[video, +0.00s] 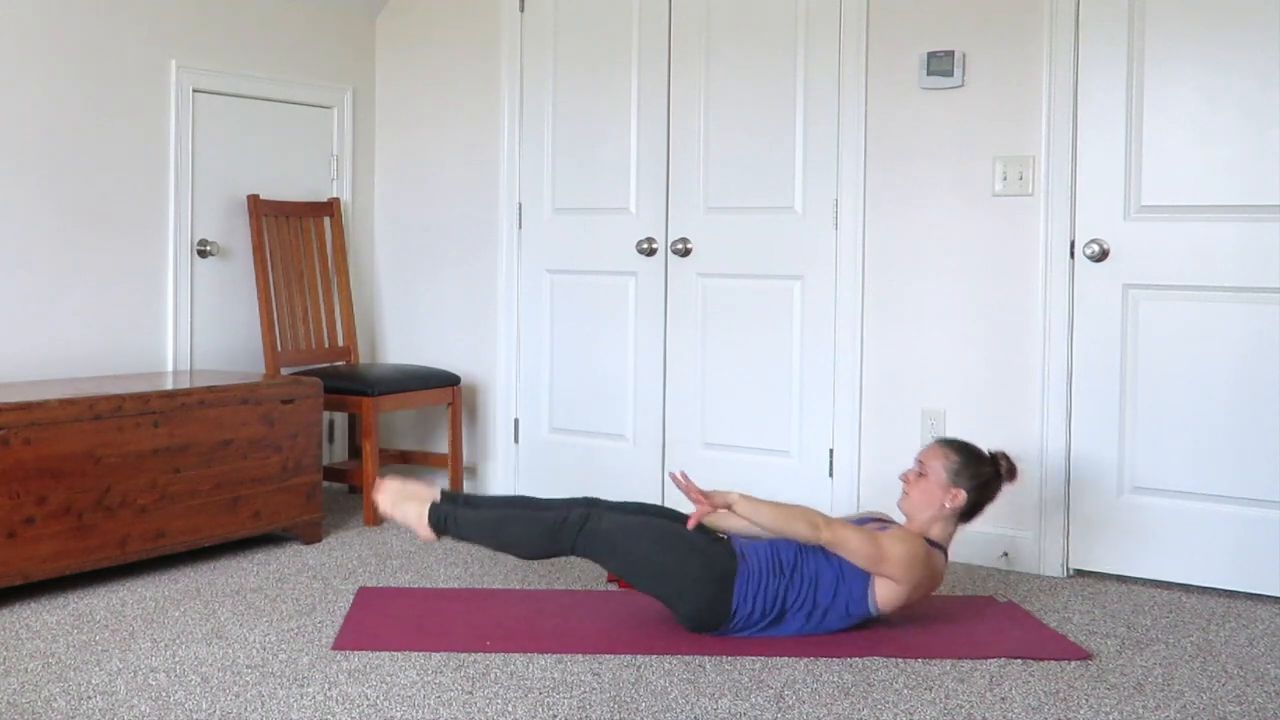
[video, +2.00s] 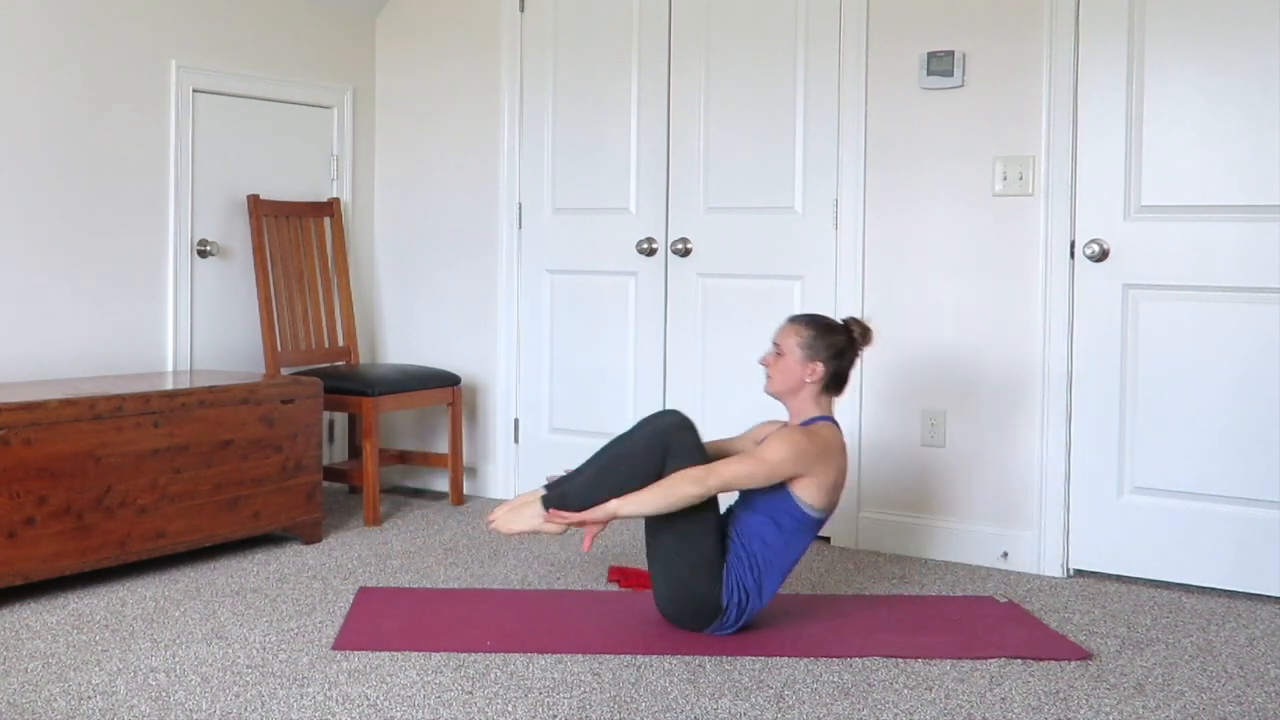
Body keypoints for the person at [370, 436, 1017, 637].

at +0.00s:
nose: (906, 478)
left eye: (923, 475)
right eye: (915, 467)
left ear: (955, 503)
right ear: (935, 493)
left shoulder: (913, 557)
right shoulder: (897, 536)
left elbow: (814, 528)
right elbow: (808, 538)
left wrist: (731, 505)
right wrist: (732, 509)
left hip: (729, 585)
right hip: (727, 565)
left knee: (584, 522)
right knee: (584, 512)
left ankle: (434, 513)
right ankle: (436, 506)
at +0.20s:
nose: (853, 416)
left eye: (867, 410)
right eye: (860, 406)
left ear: (901, 431)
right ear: (890, 427)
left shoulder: (878, 496)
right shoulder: (861, 479)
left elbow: (778, 493)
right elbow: (772, 490)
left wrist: (679, 490)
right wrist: (678, 487)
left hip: (719, 596)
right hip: (720, 572)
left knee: (601, 469)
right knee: (606, 465)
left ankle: (474, 544)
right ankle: (478, 533)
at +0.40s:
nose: (787, 369)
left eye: (800, 363)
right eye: (793, 359)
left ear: (833, 382)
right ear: (831, 384)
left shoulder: (825, 456)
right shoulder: (801, 439)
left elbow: (725, 484)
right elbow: (720, 465)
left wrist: (629, 503)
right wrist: (628, 497)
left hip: (714, 599)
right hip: (709, 579)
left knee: (658, 433)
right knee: (655, 429)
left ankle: (537, 512)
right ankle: (538, 503)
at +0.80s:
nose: (850, 406)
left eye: (864, 402)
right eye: (858, 396)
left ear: (896, 427)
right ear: (883, 421)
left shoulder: (869, 494)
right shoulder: (843, 472)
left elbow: (765, 507)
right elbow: (744, 483)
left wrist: (668, 510)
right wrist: (659, 495)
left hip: (720, 595)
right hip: (720, 570)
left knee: (606, 461)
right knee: (607, 458)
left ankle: (472, 517)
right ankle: (473, 510)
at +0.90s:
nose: (885, 445)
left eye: (902, 442)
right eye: (894, 435)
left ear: (932, 471)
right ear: (909, 455)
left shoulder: (896, 526)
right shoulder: (873, 503)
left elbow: (793, 511)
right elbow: (781, 499)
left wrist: (695, 496)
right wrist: (688, 488)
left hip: (722, 589)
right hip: (722, 567)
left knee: (590, 494)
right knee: (592, 490)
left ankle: (440, 520)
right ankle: (445, 516)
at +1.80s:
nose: (834, 396)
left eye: (847, 390)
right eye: (841, 385)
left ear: (881, 411)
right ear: (873, 408)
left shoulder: (864, 479)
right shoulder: (841, 460)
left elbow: (751, 485)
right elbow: (743, 473)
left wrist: (659, 495)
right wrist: (658, 489)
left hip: (720, 596)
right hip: (718, 573)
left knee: (608, 459)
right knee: (611, 454)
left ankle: (487, 542)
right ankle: (491, 533)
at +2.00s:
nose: (765, 362)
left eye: (778, 354)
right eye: (771, 351)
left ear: (812, 372)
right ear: (809, 372)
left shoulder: (805, 445)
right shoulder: (784, 433)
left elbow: (706, 482)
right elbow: (694, 460)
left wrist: (609, 511)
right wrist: (594, 495)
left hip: (713, 599)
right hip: (707, 582)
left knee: (672, 431)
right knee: (669, 427)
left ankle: (550, 510)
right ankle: (551, 499)